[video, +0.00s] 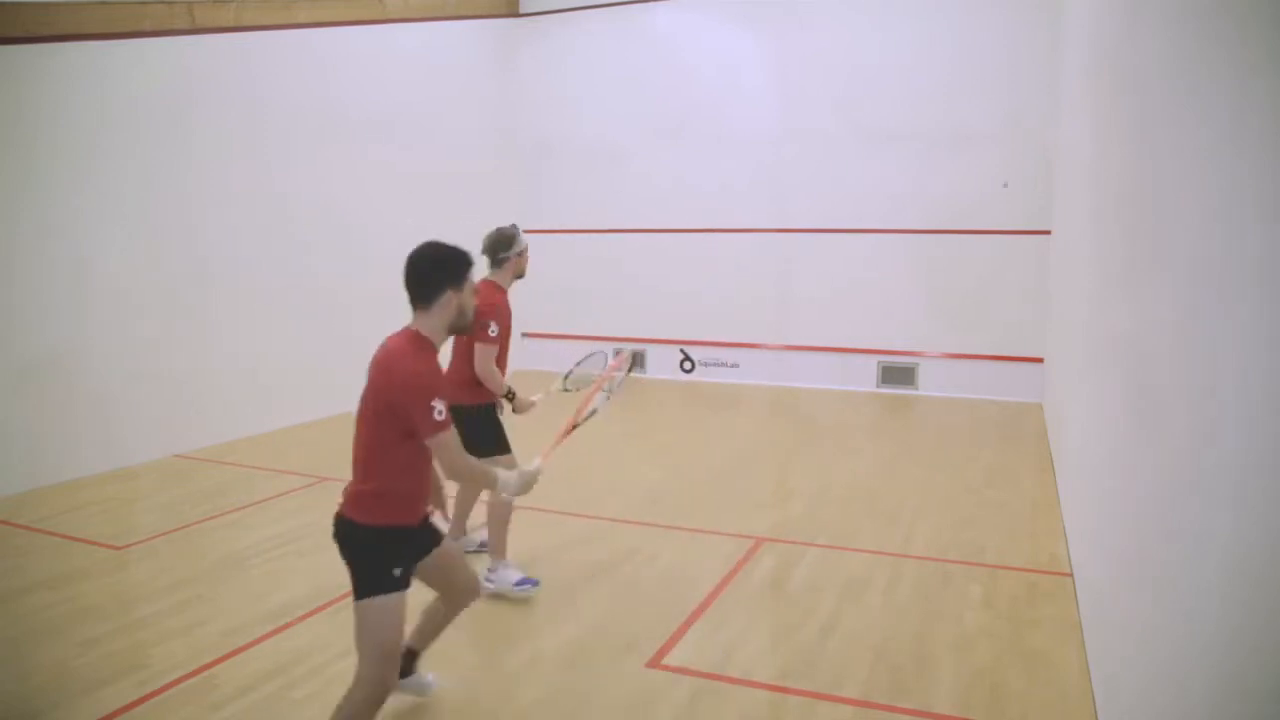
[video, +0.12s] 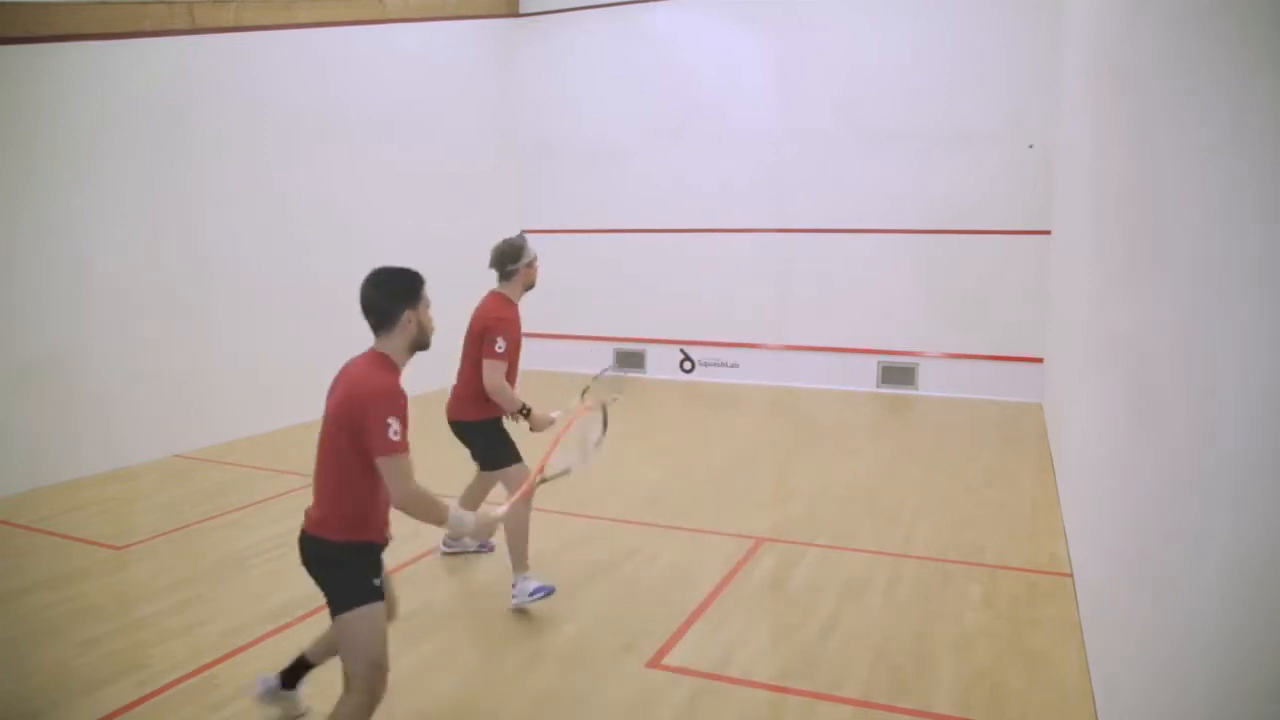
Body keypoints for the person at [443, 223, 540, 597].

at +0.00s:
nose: (528, 259)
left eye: (527, 253)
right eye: (525, 254)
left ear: (496, 259)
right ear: (513, 259)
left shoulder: (482, 291)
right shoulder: (495, 302)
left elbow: (472, 355)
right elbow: (483, 366)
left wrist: (501, 389)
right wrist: (512, 396)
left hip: (461, 397)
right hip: (474, 401)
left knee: (475, 469)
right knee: (506, 478)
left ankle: (455, 536)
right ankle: (498, 567)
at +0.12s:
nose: (538, 268)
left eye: (535, 262)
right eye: (534, 263)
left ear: (506, 270)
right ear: (522, 271)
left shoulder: (495, 305)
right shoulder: (501, 314)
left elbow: (490, 373)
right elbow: (493, 382)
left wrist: (513, 404)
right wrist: (529, 415)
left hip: (472, 411)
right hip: (477, 415)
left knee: (491, 470)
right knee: (522, 484)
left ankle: (457, 534)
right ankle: (521, 581)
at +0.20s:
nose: (545, 270)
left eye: (543, 263)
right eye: (541, 264)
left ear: (512, 271)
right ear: (528, 271)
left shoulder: (508, 309)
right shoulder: (505, 317)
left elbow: (497, 376)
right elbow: (500, 385)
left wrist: (524, 408)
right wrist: (542, 417)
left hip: (486, 417)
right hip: (487, 422)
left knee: (489, 476)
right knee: (532, 494)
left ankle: (460, 532)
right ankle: (522, 590)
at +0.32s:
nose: (562, 264)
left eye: (559, 256)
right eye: (556, 258)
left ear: (531, 266)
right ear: (540, 265)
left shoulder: (524, 305)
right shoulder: (520, 315)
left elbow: (511, 374)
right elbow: (510, 382)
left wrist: (538, 408)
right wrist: (557, 418)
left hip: (503, 420)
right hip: (499, 426)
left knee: (517, 485)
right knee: (544, 505)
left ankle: (484, 540)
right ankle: (524, 591)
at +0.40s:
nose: (577, 260)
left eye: (574, 253)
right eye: (571, 254)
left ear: (544, 262)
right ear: (555, 262)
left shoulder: (539, 306)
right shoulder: (528, 314)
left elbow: (516, 378)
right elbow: (514, 386)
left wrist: (489, 437)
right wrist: (560, 426)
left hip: (521, 420)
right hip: (501, 427)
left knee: (552, 489)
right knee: (543, 503)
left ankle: (522, 565)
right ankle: (523, 587)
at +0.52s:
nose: (594, 272)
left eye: (592, 264)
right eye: (588, 266)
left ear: (564, 272)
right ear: (565, 272)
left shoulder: (562, 316)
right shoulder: (527, 327)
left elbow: (548, 382)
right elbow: (507, 402)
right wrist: (545, 454)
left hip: (538, 430)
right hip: (502, 439)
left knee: (566, 512)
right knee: (552, 523)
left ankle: (543, 587)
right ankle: (525, 607)